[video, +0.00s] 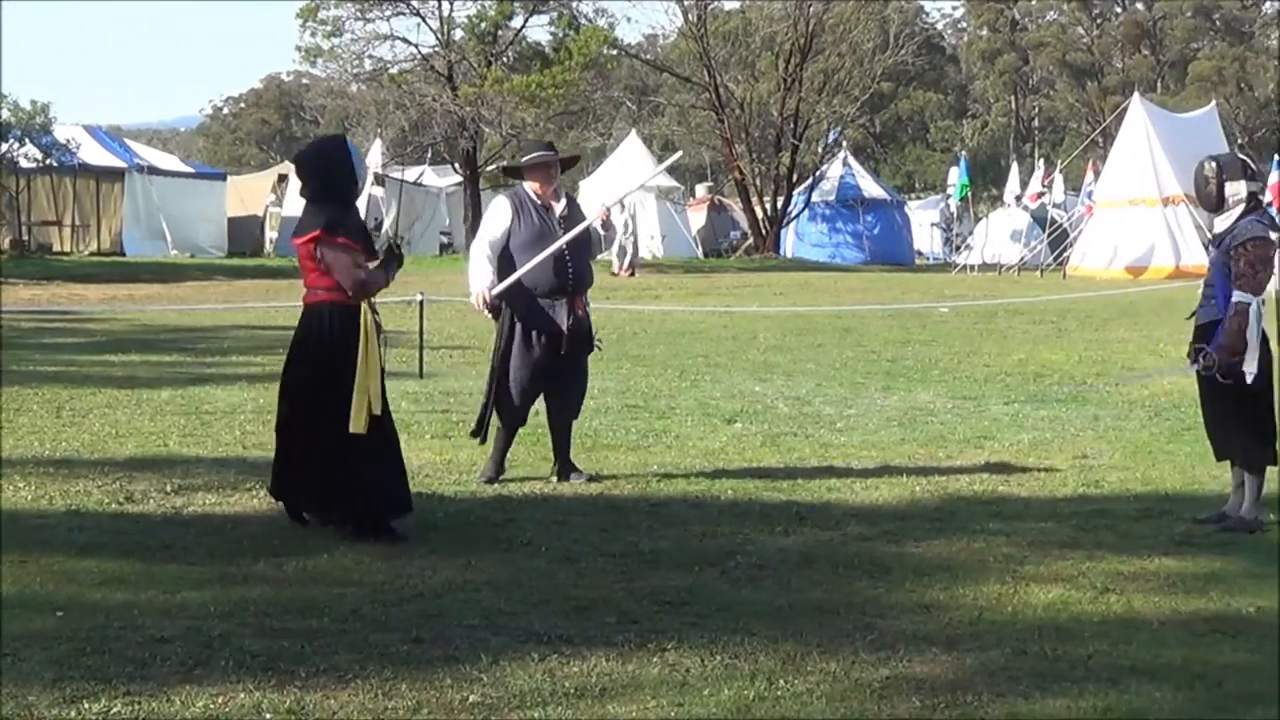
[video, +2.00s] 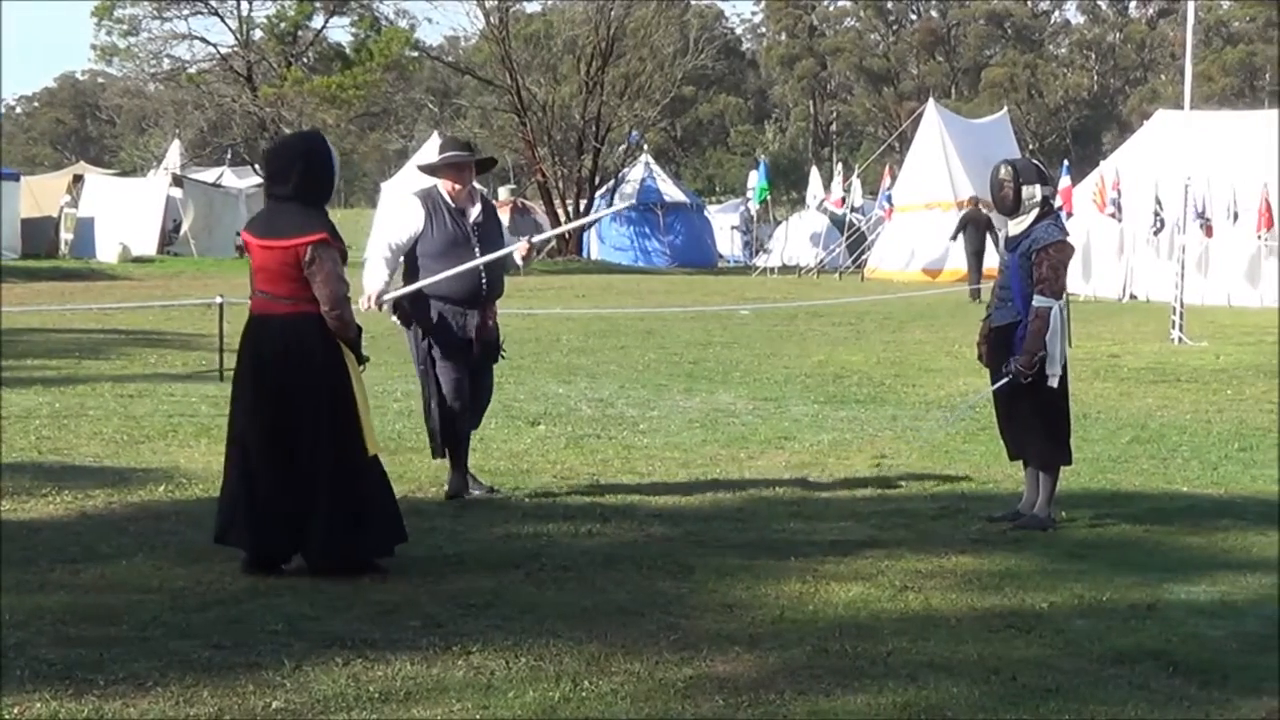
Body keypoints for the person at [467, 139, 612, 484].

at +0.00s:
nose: (548, 173)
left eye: (552, 167)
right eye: (540, 168)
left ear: (560, 169)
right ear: (525, 173)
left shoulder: (569, 203)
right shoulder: (508, 205)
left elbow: (590, 250)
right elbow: (483, 247)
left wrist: (600, 228)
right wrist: (481, 283)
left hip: (571, 307)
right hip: (527, 307)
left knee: (565, 390)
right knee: (518, 389)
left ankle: (564, 464)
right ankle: (495, 461)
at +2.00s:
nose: (457, 176)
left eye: (463, 168)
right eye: (450, 170)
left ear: (474, 170)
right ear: (437, 173)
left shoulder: (484, 204)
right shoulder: (418, 206)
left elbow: (496, 255)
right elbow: (386, 246)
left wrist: (517, 254)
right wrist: (375, 283)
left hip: (481, 313)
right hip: (438, 314)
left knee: (481, 393)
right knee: (454, 396)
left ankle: (457, 463)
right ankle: (460, 477)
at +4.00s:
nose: (537, 178)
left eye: (544, 170)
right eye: (529, 170)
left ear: (555, 173)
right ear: (515, 173)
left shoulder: (571, 215)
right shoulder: (493, 207)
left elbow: (592, 262)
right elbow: (456, 250)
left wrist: (560, 270)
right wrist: (415, 285)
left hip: (549, 327)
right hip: (497, 324)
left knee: (552, 407)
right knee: (499, 407)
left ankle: (557, 483)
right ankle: (497, 481)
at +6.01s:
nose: (489, 184)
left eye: (497, 177)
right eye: (482, 178)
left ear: (512, 176)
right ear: (472, 178)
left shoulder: (532, 212)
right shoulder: (453, 209)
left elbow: (559, 260)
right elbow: (418, 257)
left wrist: (536, 273)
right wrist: (385, 299)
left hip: (521, 326)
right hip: (468, 326)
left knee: (536, 406)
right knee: (484, 411)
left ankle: (551, 480)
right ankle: (496, 481)